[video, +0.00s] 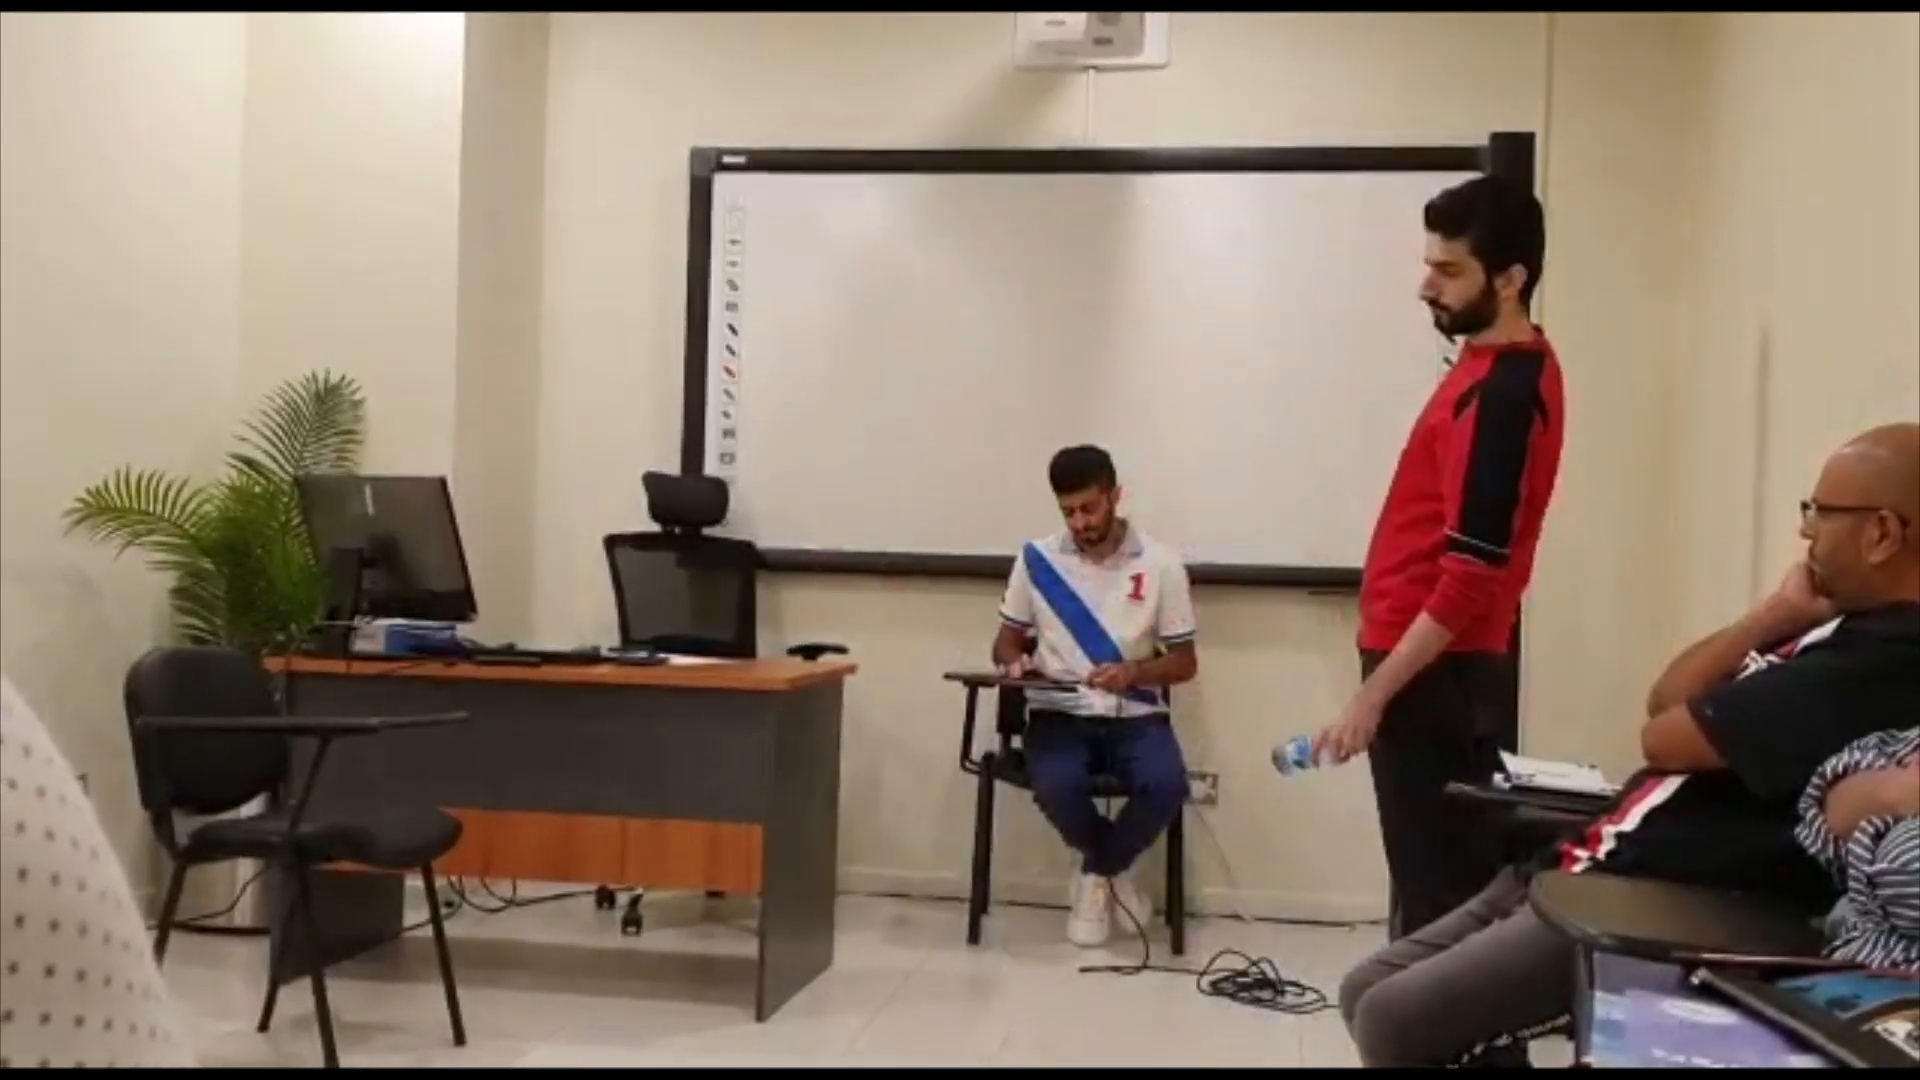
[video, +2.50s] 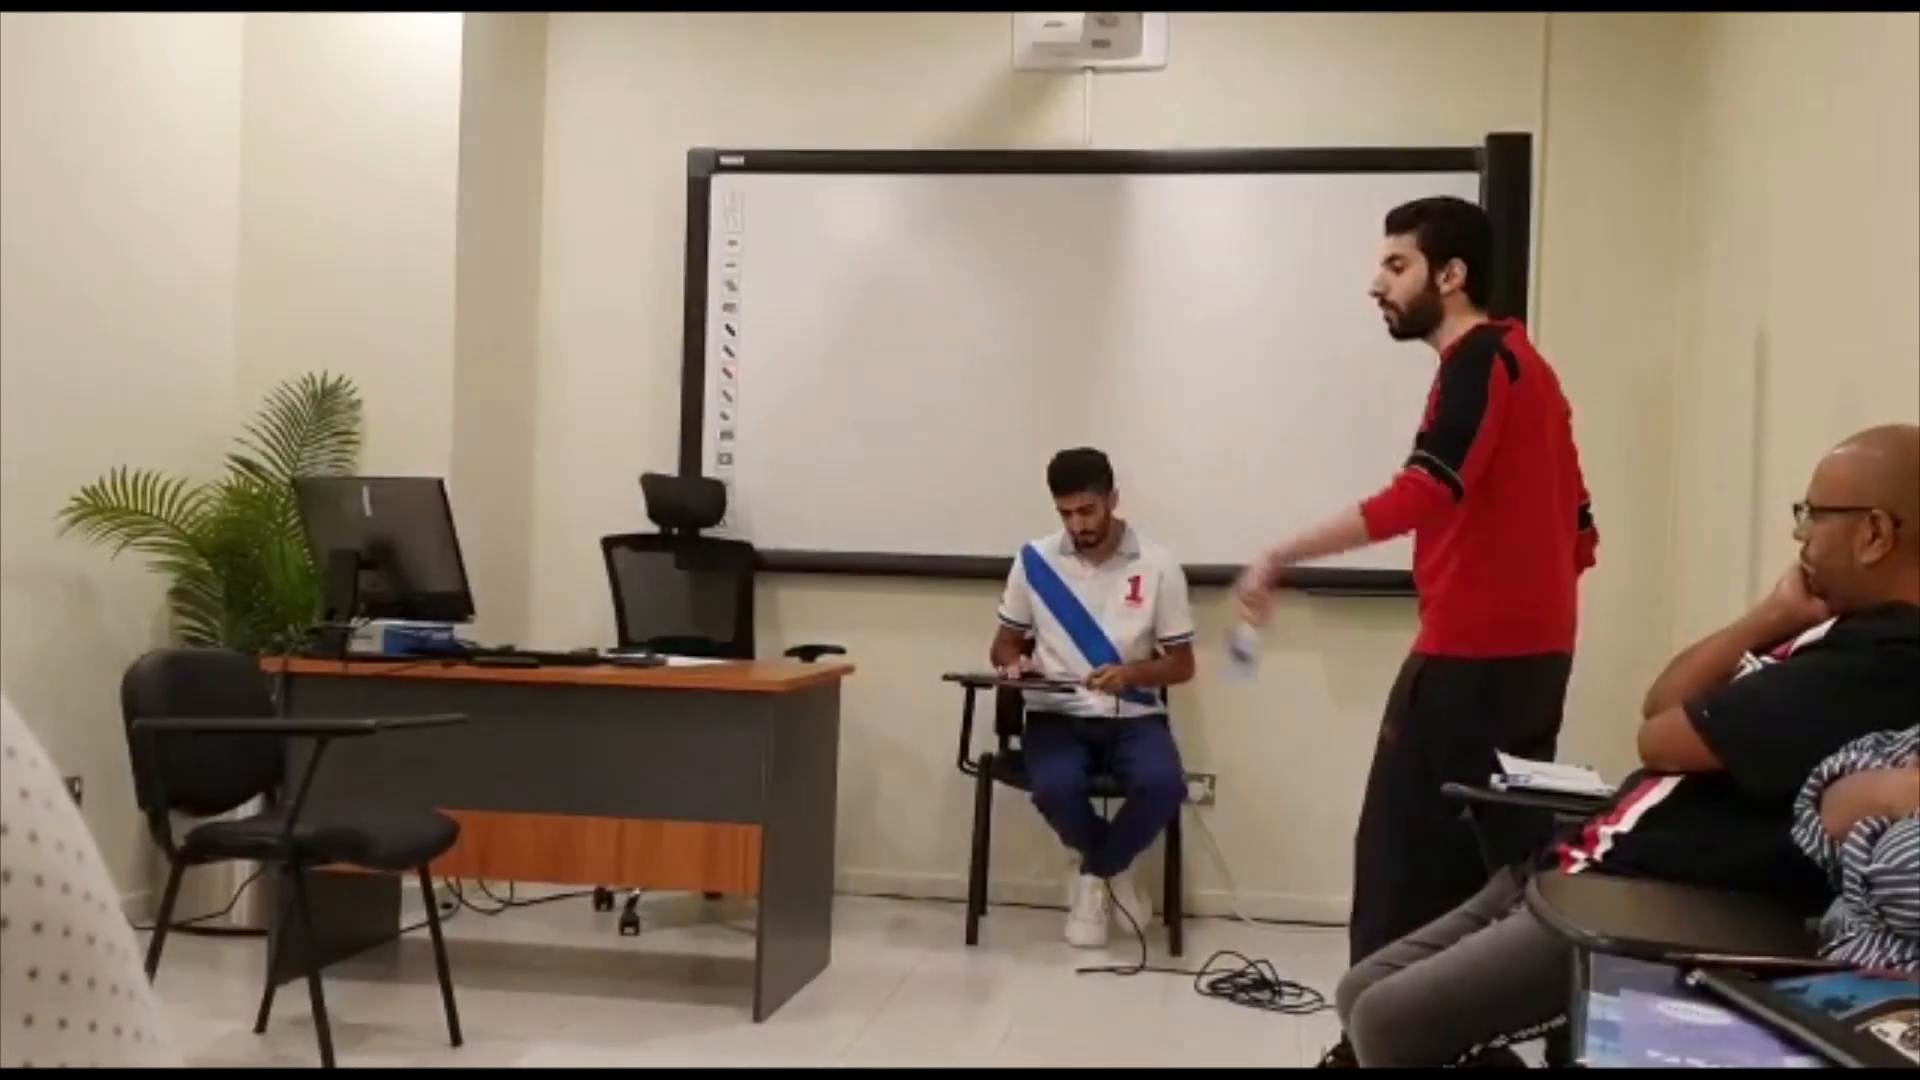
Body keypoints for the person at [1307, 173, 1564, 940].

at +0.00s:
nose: (1427, 288)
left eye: (1447, 270)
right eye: (1428, 268)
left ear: (1511, 279)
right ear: (1506, 283)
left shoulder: (1510, 384)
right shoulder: (1487, 363)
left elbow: (1473, 574)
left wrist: (1371, 698)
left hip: (1448, 672)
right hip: (1427, 667)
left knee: (1439, 908)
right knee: (1436, 904)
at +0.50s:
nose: (1388, 280)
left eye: (1405, 261)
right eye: (1389, 260)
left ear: (1468, 266)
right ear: (1458, 271)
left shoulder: (1498, 364)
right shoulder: (1469, 358)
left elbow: (1535, 544)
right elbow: (1485, 535)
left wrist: (1495, 703)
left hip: (1470, 669)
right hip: (1438, 664)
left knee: (1451, 901)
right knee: (1428, 896)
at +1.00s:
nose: (1369, 317)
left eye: (1384, 296)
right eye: (1368, 298)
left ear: (1444, 294)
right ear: (1442, 297)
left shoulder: (1496, 376)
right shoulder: (1486, 373)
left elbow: (1582, 531)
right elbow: (1545, 532)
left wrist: (1591, 689)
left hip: (1499, 674)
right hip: (1510, 669)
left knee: (1397, 853)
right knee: (1481, 866)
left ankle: (1391, 1052)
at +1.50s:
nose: (1351, 293)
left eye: (1365, 272)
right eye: (1352, 273)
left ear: (1424, 274)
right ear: (1434, 277)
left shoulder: (1440, 374)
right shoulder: (1529, 365)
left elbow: (1372, 530)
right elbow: (1570, 527)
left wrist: (1282, 657)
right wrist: (1467, 580)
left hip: (1450, 665)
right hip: (1533, 664)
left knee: (1390, 863)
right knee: (1503, 861)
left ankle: (1388, 1041)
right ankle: (1490, 1035)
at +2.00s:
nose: (1371, 266)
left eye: (1392, 250)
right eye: (1378, 248)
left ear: (1449, 264)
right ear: (1454, 268)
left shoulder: (1437, 365)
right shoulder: (1533, 368)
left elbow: (1274, 394)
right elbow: (1563, 533)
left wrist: (1136, 310)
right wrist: (1470, 587)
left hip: (1440, 661)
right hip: (1523, 660)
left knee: (1388, 866)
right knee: (1494, 864)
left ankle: (1382, 1039)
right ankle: (1486, 1037)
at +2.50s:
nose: (1378, 284)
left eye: (1395, 265)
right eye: (1380, 267)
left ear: (1451, 276)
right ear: (1453, 281)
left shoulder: (1476, 358)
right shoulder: (1530, 367)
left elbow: (1425, 491)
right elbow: (1578, 537)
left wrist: (1284, 553)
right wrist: (1498, 601)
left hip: (1467, 649)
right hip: (1536, 650)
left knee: (1397, 840)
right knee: (1504, 841)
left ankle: (1382, 1042)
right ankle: (1482, 1036)